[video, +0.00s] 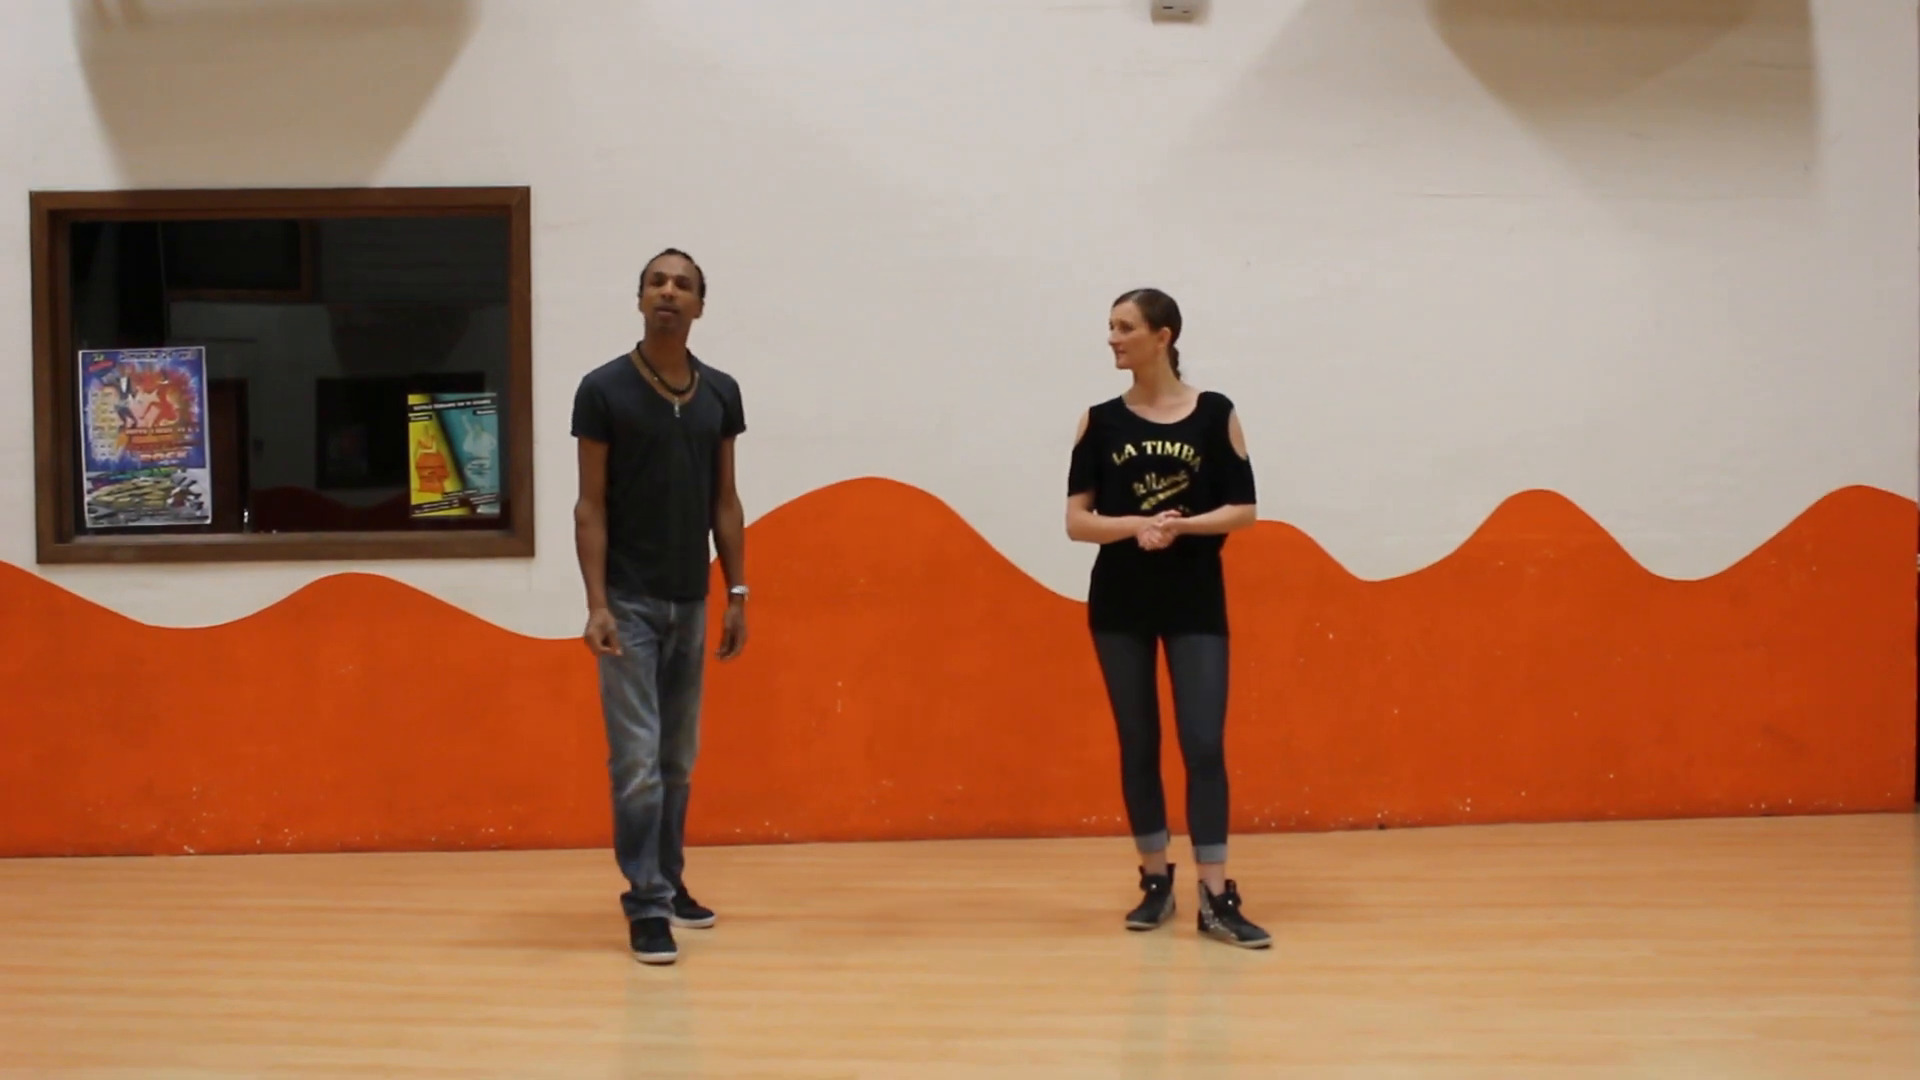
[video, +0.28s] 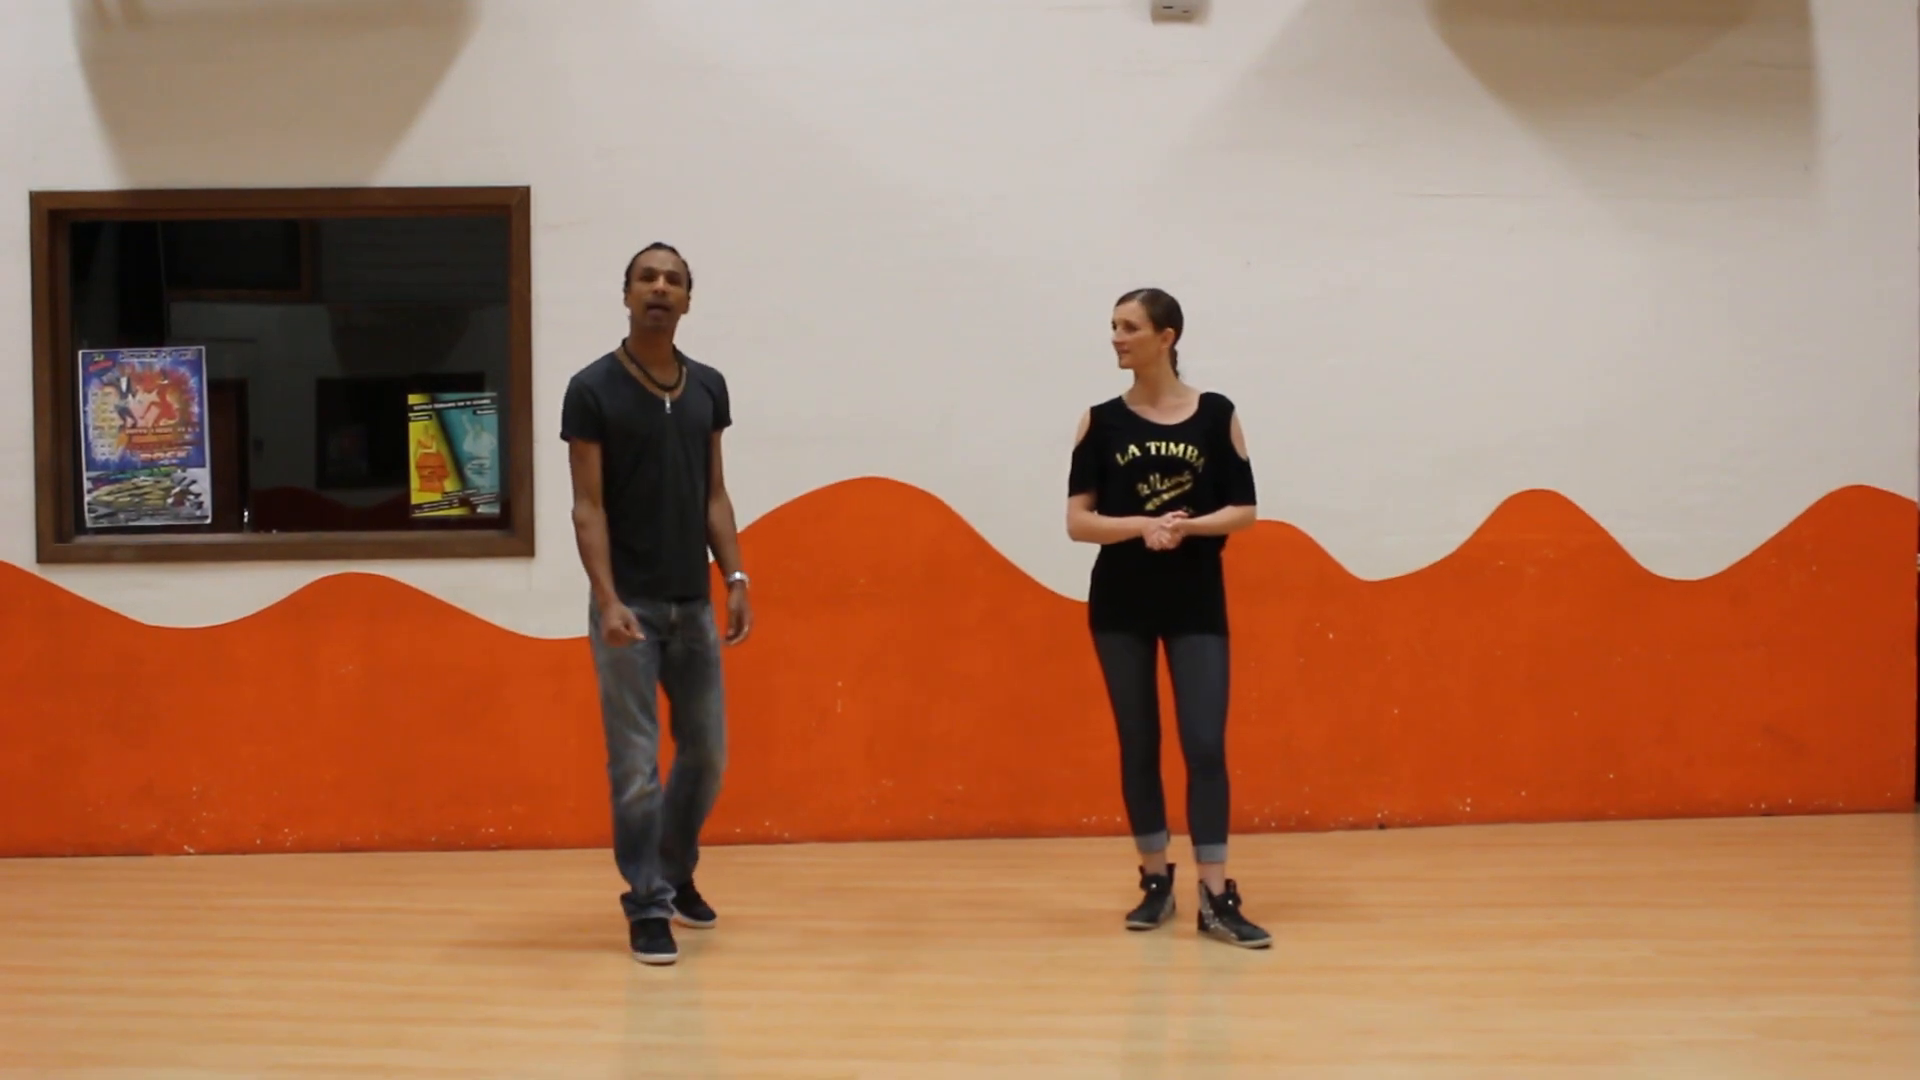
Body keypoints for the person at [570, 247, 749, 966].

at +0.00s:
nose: (668, 292)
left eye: (682, 284)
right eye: (657, 282)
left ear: (701, 305)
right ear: (638, 299)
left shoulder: (719, 392)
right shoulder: (604, 389)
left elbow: (725, 501)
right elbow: (590, 506)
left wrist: (738, 596)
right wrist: (597, 603)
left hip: (688, 598)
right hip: (626, 600)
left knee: (677, 756)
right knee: (639, 757)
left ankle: (666, 883)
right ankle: (645, 903)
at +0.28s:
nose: (661, 288)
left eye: (674, 279)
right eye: (648, 277)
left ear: (689, 299)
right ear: (625, 293)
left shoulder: (707, 386)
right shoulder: (593, 389)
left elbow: (713, 493)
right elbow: (587, 506)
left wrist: (736, 577)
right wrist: (607, 600)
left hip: (693, 601)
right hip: (626, 603)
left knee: (705, 751)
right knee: (638, 759)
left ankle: (672, 872)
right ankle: (645, 902)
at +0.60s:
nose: (670, 291)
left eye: (683, 282)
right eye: (657, 279)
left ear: (696, 300)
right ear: (631, 292)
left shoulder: (710, 388)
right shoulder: (595, 388)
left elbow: (721, 498)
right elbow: (581, 503)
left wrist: (750, 590)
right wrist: (609, 568)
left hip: (700, 602)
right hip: (628, 606)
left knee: (726, 755)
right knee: (638, 766)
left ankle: (722, 911)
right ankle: (648, 913)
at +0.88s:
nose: (698, 295)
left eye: (712, 287)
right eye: (686, 281)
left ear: (724, 305)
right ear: (660, 292)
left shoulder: (735, 393)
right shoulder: (617, 390)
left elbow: (735, 503)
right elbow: (597, 507)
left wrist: (749, 601)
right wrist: (634, 568)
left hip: (717, 608)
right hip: (640, 609)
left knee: (733, 768)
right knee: (643, 774)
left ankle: (750, 932)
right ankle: (648, 917)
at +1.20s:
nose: (753, 279)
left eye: (767, 274)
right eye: (741, 265)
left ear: (774, 300)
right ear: (712, 280)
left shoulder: (781, 391)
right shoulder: (658, 377)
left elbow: (777, 506)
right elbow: (627, 500)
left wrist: (792, 604)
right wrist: (706, 567)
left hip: (756, 605)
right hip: (678, 604)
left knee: (755, 777)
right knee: (673, 778)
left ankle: (751, 937)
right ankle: (651, 905)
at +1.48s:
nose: (776, 279)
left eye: (790, 274)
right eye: (765, 264)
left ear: (799, 299)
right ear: (735, 277)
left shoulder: (811, 390)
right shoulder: (682, 376)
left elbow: (810, 501)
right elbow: (655, 498)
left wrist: (831, 575)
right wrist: (726, 551)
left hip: (778, 606)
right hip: (699, 604)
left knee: (767, 779)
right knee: (689, 771)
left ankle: (753, 938)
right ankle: (675, 897)